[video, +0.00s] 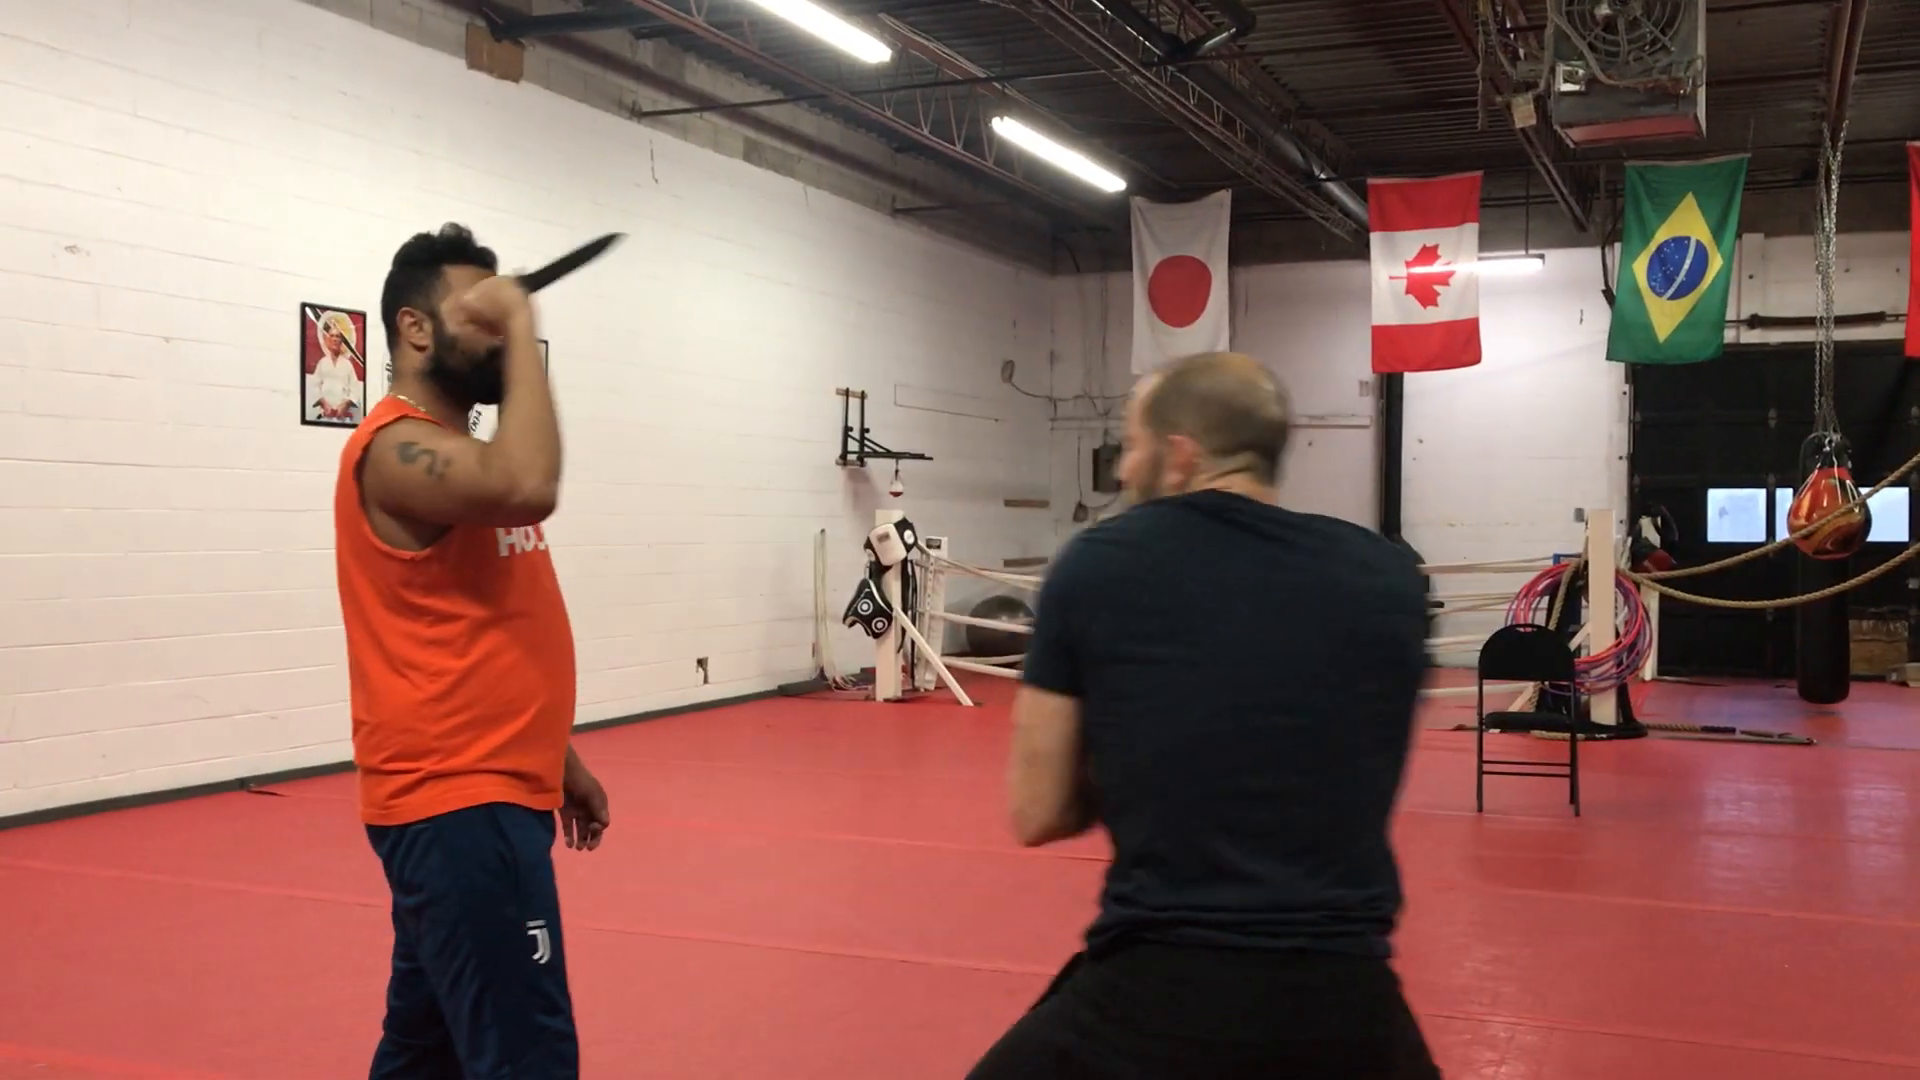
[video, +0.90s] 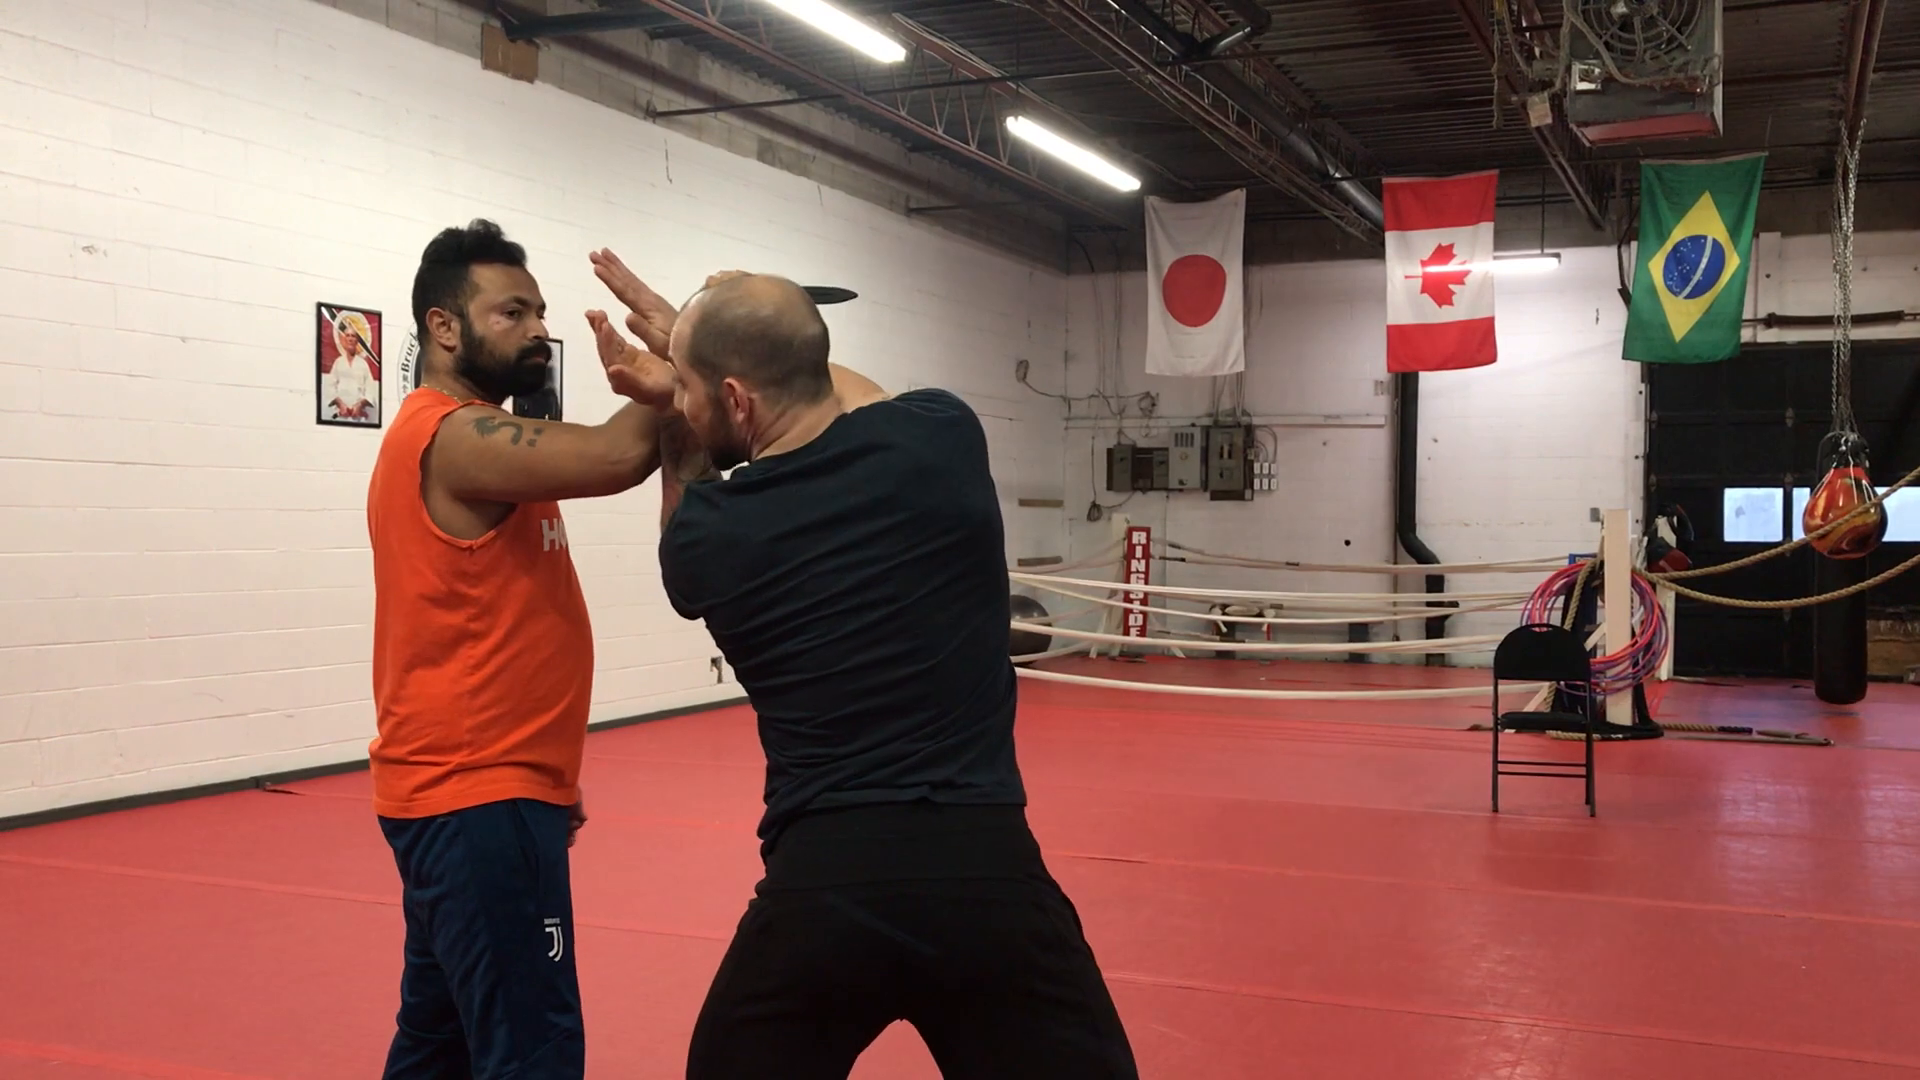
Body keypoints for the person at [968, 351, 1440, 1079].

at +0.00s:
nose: (1120, 470)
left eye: (1129, 447)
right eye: (1123, 447)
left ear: (1181, 456)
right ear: (1268, 458)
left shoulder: (1099, 559)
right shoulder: (1390, 571)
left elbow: (1037, 813)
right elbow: (1362, 783)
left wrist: (1165, 749)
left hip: (1147, 995)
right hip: (1349, 1007)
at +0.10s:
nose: (1041, 451)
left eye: (1049, 429)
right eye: (1042, 429)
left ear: (1099, 446)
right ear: (1190, 437)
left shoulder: (1031, 562)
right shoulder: (1305, 545)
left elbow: (962, 796)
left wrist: (992, 628)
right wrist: (997, 596)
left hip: (1092, 988)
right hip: (1280, 988)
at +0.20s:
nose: (936, 435)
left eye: (942, 414)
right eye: (937, 412)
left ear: (987, 438)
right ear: (1082, 414)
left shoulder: (933, 573)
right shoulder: (1184, 505)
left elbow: (866, 730)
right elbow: (1055, 516)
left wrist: (865, 554)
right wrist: (905, 512)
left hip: (1003, 959)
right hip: (1183, 958)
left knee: (856, 1067)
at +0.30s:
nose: (841, 416)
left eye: (842, 397)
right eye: (838, 392)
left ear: (884, 430)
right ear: (976, 391)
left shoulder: (848, 572)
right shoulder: (1076, 467)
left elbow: (765, 644)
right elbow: (921, 443)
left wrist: (739, 492)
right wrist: (776, 446)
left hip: (924, 944)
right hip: (1101, 936)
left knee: (794, 1069)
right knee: (1213, 1070)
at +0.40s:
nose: (758, 409)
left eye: (757, 398)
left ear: (786, 428)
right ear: (890, 375)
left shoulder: (775, 567)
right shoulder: (998, 450)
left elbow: (698, 575)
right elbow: (872, 396)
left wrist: (658, 449)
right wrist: (688, 396)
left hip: (875, 925)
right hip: (1052, 911)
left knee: (765, 1067)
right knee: (1167, 1069)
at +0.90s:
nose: (684, 403)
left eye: (688, 386)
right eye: (682, 384)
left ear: (738, 403)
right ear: (823, 361)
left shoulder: (709, 544)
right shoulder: (948, 437)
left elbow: (689, 480)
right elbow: (833, 386)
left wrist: (678, 404)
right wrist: (702, 347)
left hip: (819, 899)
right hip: (993, 886)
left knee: (729, 1066)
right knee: (1094, 1065)